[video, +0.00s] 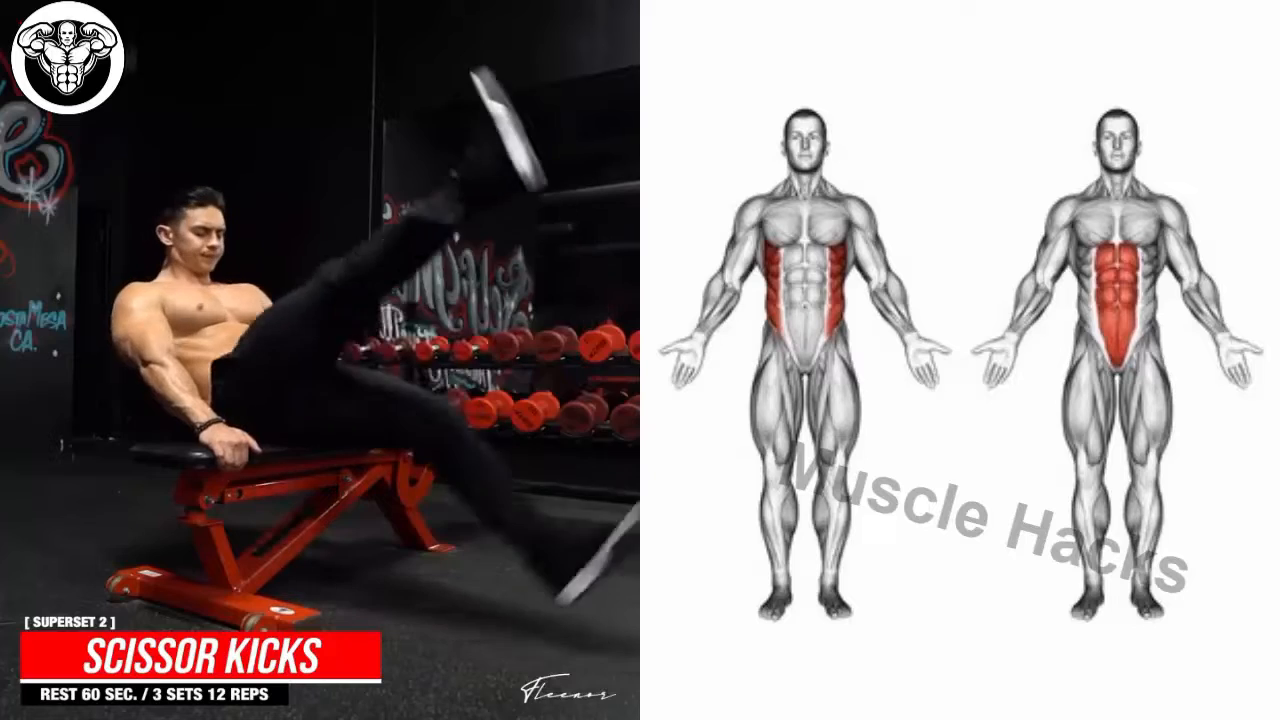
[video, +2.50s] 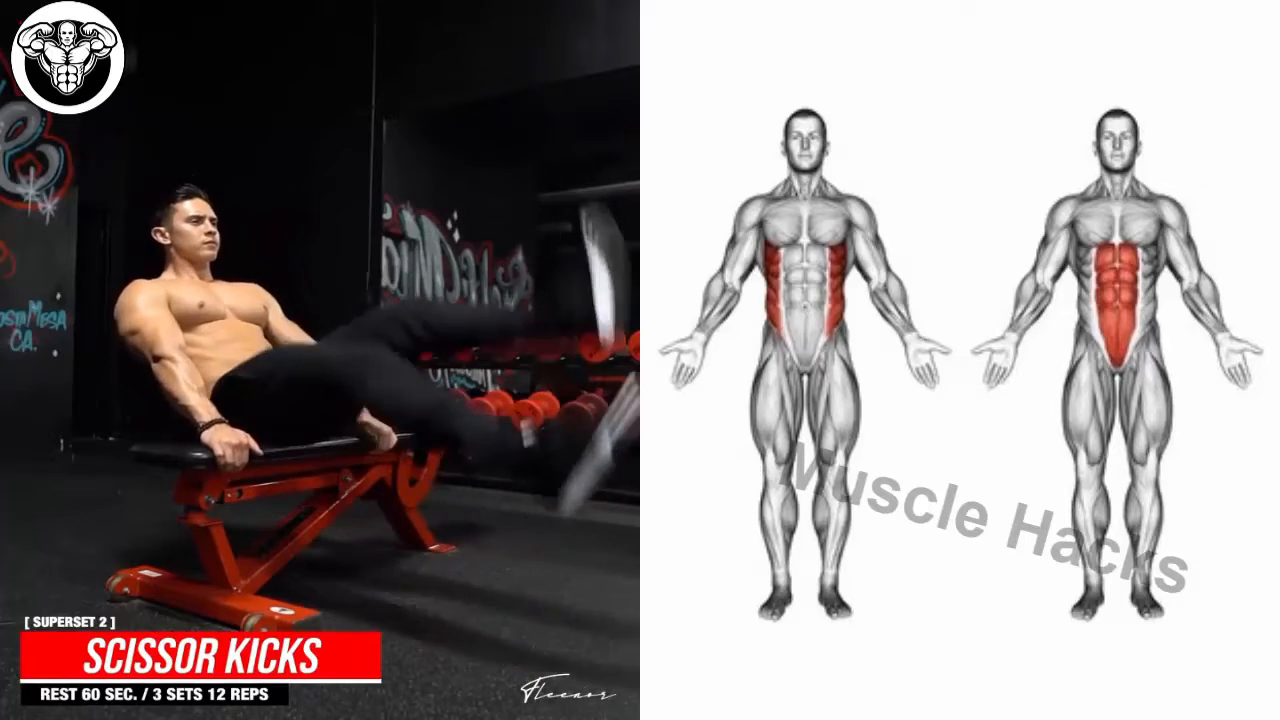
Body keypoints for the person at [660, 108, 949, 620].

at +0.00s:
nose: (804, 146)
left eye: (812, 138)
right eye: (797, 138)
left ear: (825, 145)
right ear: (785, 145)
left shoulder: (851, 211)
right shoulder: (758, 211)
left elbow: (881, 281)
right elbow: (729, 281)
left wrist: (909, 336)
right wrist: (700, 336)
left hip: (832, 356)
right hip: (777, 355)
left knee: (834, 467)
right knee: (776, 469)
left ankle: (830, 584)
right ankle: (780, 585)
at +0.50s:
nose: (804, 145)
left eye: (812, 138)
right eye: (797, 138)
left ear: (825, 145)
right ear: (785, 146)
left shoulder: (851, 211)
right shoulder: (758, 211)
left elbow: (881, 281)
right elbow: (729, 281)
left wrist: (909, 336)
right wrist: (700, 336)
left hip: (832, 356)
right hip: (777, 355)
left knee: (834, 468)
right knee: (777, 469)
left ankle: (829, 584)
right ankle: (780, 585)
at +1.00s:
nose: (804, 146)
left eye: (812, 138)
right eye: (797, 138)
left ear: (825, 145)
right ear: (785, 145)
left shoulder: (851, 211)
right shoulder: (758, 211)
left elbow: (881, 281)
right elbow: (729, 281)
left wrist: (909, 336)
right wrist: (700, 336)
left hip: (832, 356)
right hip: (777, 355)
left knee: (834, 467)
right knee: (777, 469)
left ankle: (829, 584)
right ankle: (780, 585)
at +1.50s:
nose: (804, 145)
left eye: (812, 138)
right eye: (797, 138)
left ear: (825, 145)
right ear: (785, 146)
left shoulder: (851, 211)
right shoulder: (758, 211)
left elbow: (881, 281)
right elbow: (729, 281)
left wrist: (909, 336)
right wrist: (700, 336)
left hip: (832, 355)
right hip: (778, 355)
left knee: (834, 467)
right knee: (776, 469)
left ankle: (829, 584)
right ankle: (780, 585)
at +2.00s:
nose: (804, 145)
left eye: (812, 138)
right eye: (797, 138)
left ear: (825, 145)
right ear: (785, 146)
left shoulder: (851, 211)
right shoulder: (758, 211)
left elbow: (881, 281)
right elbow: (729, 281)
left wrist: (909, 336)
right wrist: (700, 336)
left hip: (832, 355)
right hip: (778, 355)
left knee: (834, 467)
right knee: (776, 469)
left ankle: (829, 584)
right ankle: (780, 585)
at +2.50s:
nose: (804, 145)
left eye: (812, 138)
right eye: (797, 138)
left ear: (825, 145)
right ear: (785, 146)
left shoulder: (851, 211)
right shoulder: (758, 211)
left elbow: (881, 281)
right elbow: (729, 281)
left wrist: (909, 336)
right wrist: (700, 336)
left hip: (832, 355)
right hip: (778, 355)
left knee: (834, 468)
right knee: (777, 469)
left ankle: (829, 584)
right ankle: (780, 585)